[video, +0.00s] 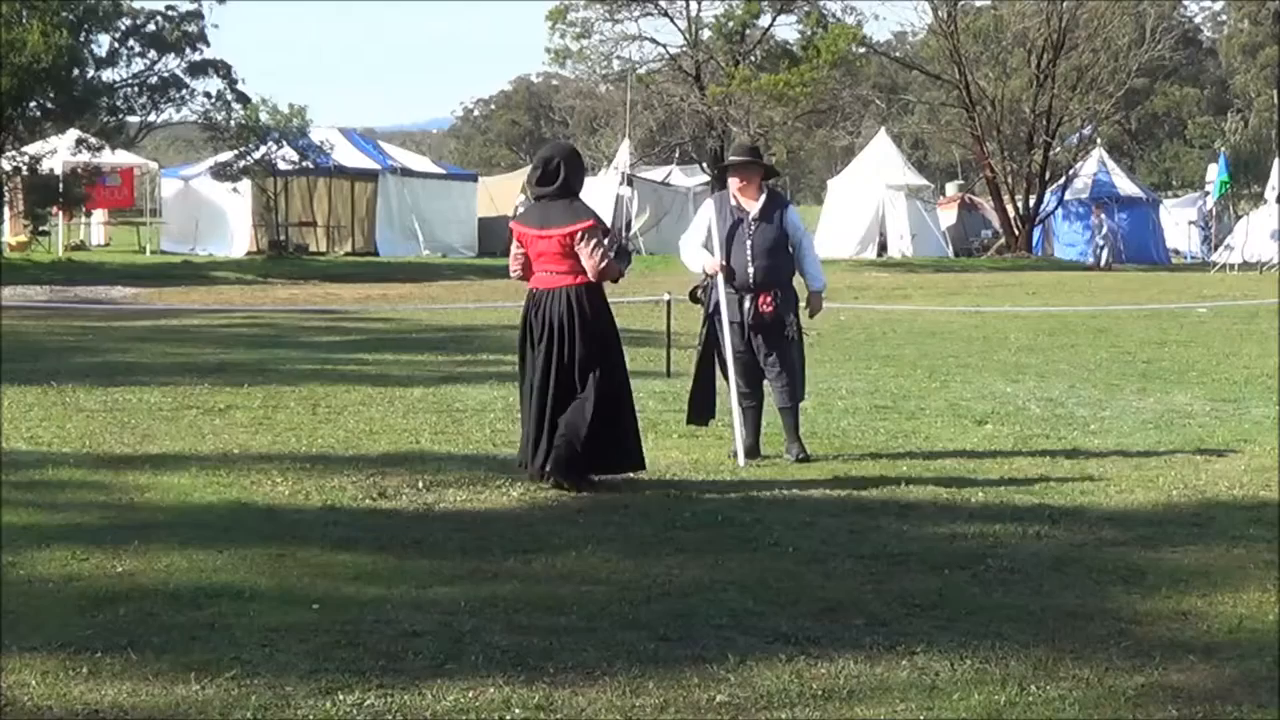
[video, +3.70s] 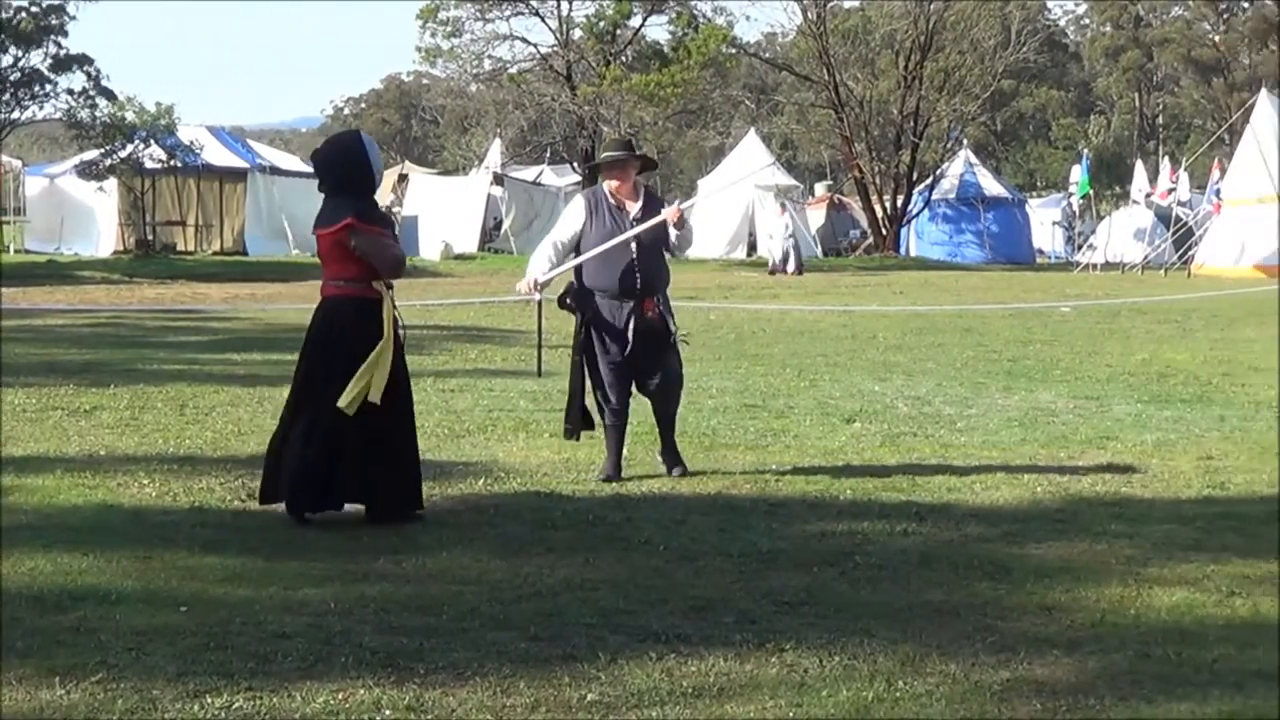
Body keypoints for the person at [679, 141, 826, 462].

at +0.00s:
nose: (737, 176)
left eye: (744, 170)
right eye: (732, 170)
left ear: (760, 173)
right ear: (726, 175)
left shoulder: (782, 209)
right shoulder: (714, 207)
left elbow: (804, 247)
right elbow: (688, 244)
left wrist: (816, 287)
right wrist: (704, 261)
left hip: (774, 301)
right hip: (730, 301)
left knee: (783, 373)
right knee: (742, 379)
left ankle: (793, 441)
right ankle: (748, 444)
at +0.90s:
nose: (789, 181)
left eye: (795, 174)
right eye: (782, 176)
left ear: (804, 175)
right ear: (770, 178)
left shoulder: (817, 208)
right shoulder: (751, 204)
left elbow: (839, 247)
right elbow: (716, 236)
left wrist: (851, 289)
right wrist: (733, 258)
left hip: (805, 306)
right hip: (760, 302)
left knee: (800, 379)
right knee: (754, 376)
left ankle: (794, 442)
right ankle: (750, 437)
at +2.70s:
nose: (758, 175)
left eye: (765, 169)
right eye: (752, 169)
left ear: (777, 171)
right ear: (743, 172)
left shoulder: (793, 209)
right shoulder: (724, 205)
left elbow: (819, 249)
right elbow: (692, 244)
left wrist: (815, 281)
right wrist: (711, 277)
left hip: (781, 313)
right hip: (735, 313)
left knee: (778, 387)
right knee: (740, 388)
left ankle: (778, 455)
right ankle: (746, 446)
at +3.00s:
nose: (731, 173)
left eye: (738, 167)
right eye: (725, 168)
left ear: (753, 169)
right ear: (718, 172)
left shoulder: (772, 207)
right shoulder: (702, 203)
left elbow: (798, 251)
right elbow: (668, 240)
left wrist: (768, 268)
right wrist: (676, 261)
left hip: (755, 311)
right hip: (705, 308)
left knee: (754, 389)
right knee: (700, 385)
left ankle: (753, 456)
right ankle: (704, 452)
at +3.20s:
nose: (694, 173)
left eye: (702, 166)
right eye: (690, 168)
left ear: (721, 171)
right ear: (684, 173)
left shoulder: (740, 209)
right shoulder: (670, 204)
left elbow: (763, 255)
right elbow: (640, 240)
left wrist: (737, 248)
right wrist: (622, 267)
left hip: (726, 314)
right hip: (677, 312)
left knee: (724, 392)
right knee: (677, 392)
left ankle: (725, 455)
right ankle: (672, 464)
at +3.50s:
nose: (648, 173)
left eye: (655, 166)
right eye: (643, 167)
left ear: (673, 169)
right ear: (637, 172)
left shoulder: (693, 203)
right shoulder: (624, 205)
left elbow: (721, 249)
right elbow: (594, 244)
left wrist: (707, 228)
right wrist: (571, 278)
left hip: (685, 312)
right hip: (638, 312)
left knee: (692, 389)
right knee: (644, 392)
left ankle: (697, 452)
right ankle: (642, 463)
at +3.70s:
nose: (615, 175)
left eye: (622, 167)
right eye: (609, 168)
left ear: (637, 168)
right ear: (601, 172)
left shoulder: (654, 203)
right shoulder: (586, 204)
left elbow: (680, 248)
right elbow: (556, 243)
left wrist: (678, 226)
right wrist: (536, 274)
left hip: (650, 307)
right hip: (604, 309)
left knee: (668, 379)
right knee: (612, 390)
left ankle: (669, 446)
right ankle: (612, 462)